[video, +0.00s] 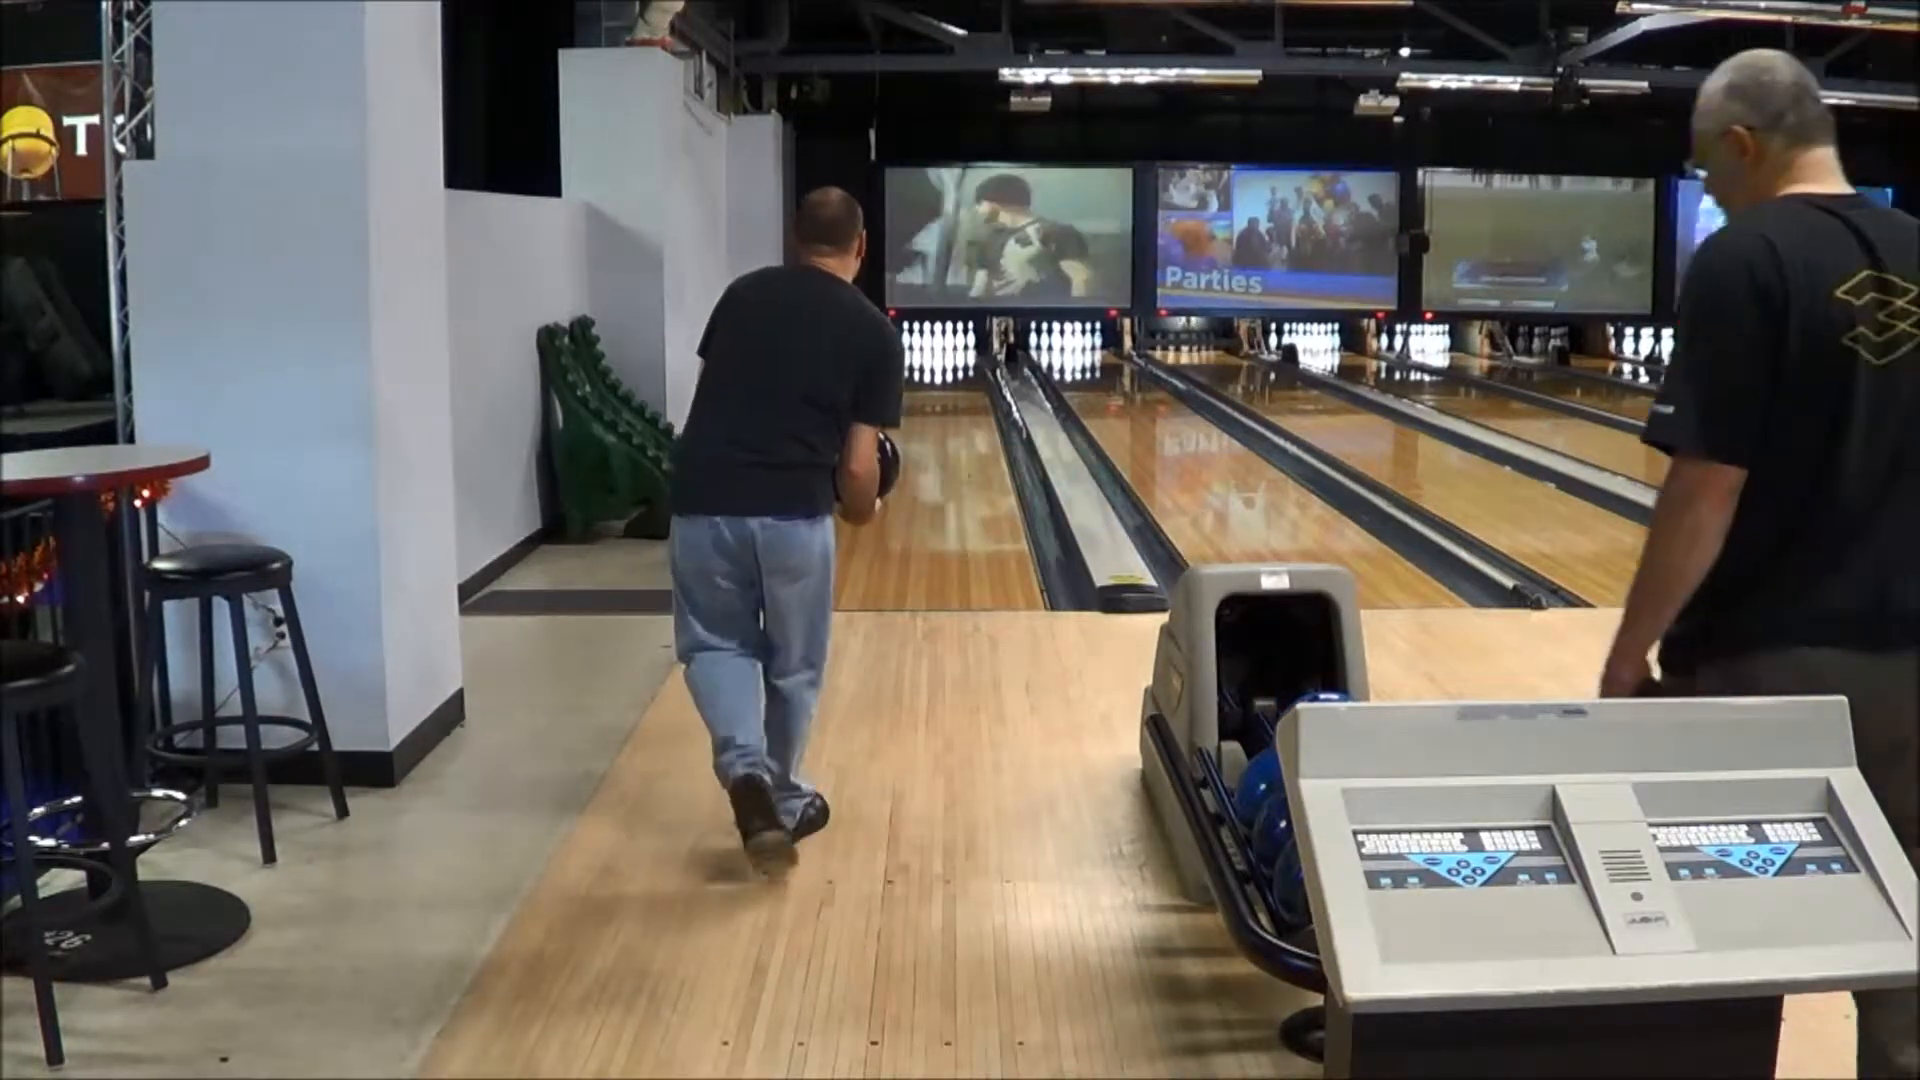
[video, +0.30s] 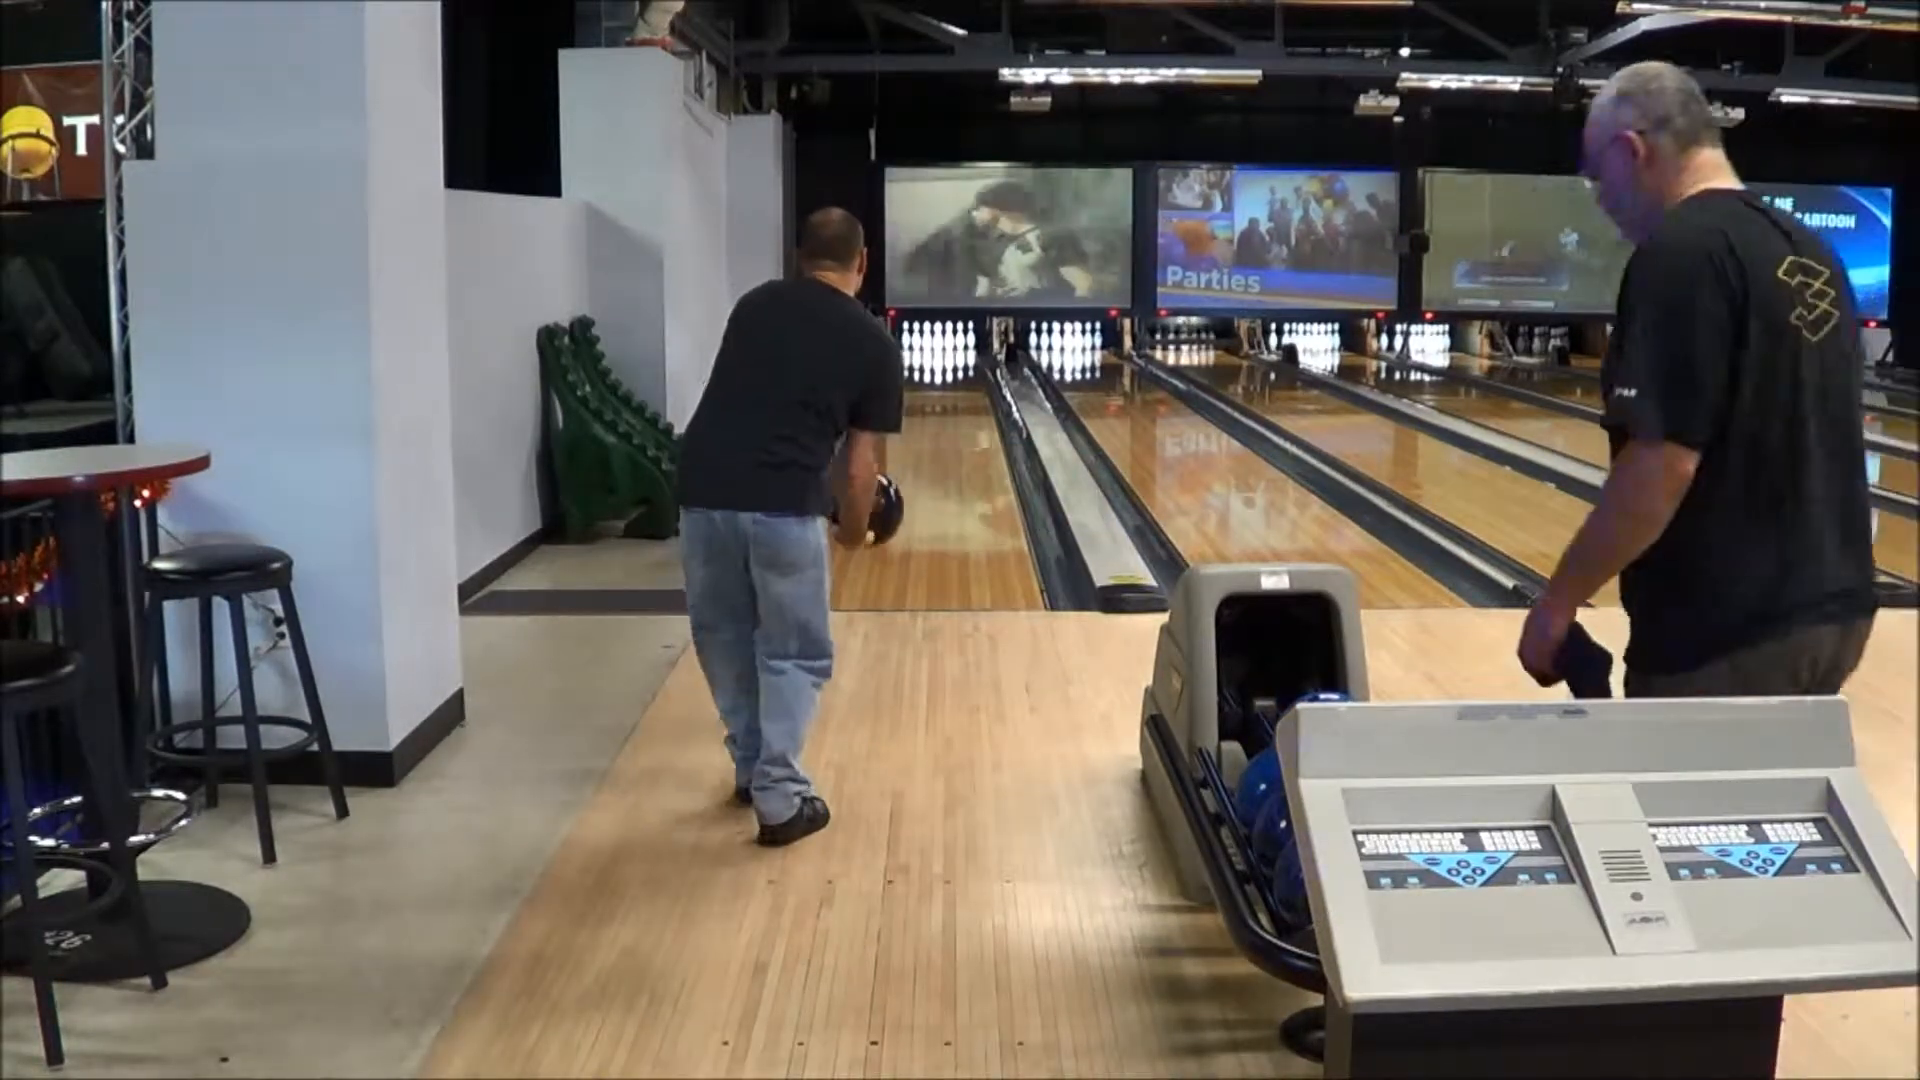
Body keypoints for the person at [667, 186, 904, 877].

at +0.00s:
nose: (864, 252)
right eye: (865, 244)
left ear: (794, 241)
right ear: (860, 247)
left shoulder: (742, 294)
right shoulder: (871, 331)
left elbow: (708, 393)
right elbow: (858, 468)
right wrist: (862, 508)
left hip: (703, 503)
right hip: (795, 509)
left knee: (716, 643)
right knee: (795, 666)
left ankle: (742, 763)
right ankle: (782, 800)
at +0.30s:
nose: (864, 270)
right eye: (865, 261)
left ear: (799, 258)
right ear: (861, 263)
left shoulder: (755, 303)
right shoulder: (869, 341)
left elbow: (749, 404)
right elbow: (862, 466)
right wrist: (854, 530)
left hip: (704, 496)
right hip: (782, 505)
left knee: (721, 635)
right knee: (794, 654)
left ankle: (751, 763)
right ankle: (779, 794)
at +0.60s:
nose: (868, 271)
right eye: (869, 263)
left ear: (807, 260)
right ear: (865, 262)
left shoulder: (769, 297)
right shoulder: (861, 309)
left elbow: (723, 369)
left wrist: (682, 418)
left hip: (705, 457)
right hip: (778, 460)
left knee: (722, 613)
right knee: (794, 611)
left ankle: (755, 750)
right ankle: (780, 723)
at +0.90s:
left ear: (833, 305)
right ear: (883, 321)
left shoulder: (803, 336)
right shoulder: (861, 333)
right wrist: (874, 260)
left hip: (727, 458)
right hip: (796, 459)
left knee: (760, 587)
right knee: (826, 578)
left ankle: (762, 723)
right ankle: (815, 692)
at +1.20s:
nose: (918, 333)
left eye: (914, 328)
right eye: (919, 327)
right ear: (915, 328)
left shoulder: (846, 357)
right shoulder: (888, 361)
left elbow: (818, 357)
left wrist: (781, 346)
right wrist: (882, 318)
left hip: (761, 467)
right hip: (808, 477)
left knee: (803, 552)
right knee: (854, 580)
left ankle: (801, 647)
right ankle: (808, 678)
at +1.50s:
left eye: (889, 324)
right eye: (923, 335)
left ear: (887, 325)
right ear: (926, 337)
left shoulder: (858, 340)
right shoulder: (925, 389)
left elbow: (785, 318)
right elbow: (928, 472)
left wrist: (730, 313)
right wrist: (924, 546)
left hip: (790, 444)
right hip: (834, 464)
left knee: (845, 526)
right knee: (796, 550)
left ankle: (865, 606)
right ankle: (711, 627)